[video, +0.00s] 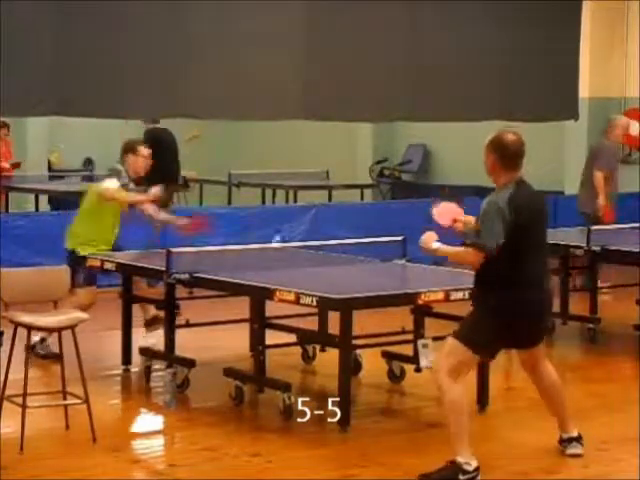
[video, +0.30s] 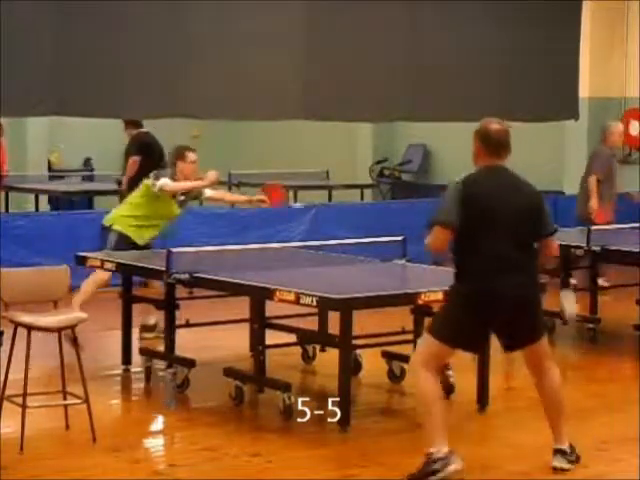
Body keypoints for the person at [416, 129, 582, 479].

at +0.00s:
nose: (484, 160)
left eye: (486, 155)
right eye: (487, 154)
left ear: (491, 160)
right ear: (519, 160)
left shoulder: (497, 203)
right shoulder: (533, 196)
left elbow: (476, 256)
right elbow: (516, 241)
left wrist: (435, 248)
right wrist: (471, 228)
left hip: (498, 309)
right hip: (534, 305)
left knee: (449, 368)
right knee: (537, 363)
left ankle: (463, 461)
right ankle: (570, 434)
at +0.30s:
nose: (472, 151)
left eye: (473, 146)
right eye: (477, 146)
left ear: (476, 148)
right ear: (508, 150)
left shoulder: (464, 187)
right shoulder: (529, 191)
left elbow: (438, 244)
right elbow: (548, 251)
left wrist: (435, 237)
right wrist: (518, 256)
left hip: (472, 295)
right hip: (520, 296)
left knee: (424, 365)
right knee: (543, 366)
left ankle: (439, 452)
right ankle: (562, 446)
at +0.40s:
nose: (468, 165)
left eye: (468, 160)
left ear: (471, 162)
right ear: (503, 163)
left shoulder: (453, 200)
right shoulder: (521, 202)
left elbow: (427, 258)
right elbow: (547, 259)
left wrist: (451, 251)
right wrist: (540, 283)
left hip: (465, 306)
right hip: (516, 306)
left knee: (419, 375)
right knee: (547, 368)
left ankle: (421, 464)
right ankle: (563, 451)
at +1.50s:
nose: (372, 167)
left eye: (374, 162)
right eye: (373, 163)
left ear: (380, 161)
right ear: (400, 160)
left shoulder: (384, 175)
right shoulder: (413, 179)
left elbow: (387, 210)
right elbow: (416, 223)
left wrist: (369, 248)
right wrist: (383, 249)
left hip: (432, 256)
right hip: (451, 253)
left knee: (449, 335)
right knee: (421, 332)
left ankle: (477, 411)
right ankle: (413, 403)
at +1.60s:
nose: (369, 170)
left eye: (370, 166)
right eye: (371, 166)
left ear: (374, 164)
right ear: (396, 163)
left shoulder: (380, 176)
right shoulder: (410, 180)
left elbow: (383, 206)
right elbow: (416, 218)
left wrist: (367, 242)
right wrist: (387, 242)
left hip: (428, 254)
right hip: (449, 251)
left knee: (451, 327)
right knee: (420, 331)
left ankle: (482, 398)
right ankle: (418, 397)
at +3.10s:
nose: (445, 144)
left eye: (446, 138)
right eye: (446, 138)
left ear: (453, 138)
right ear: (479, 139)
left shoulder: (443, 173)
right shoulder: (508, 174)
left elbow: (422, 233)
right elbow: (536, 226)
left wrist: (426, 225)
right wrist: (515, 249)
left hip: (467, 277)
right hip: (513, 277)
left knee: (438, 359)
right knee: (517, 357)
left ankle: (435, 445)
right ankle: (531, 440)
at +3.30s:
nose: (455, 159)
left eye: (456, 154)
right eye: (457, 154)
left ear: (462, 152)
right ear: (488, 152)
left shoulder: (455, 182)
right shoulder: (517, 183)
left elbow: (426, 241)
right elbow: (545, 235)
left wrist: (443, 243)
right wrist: (532, 260)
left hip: (474, 278)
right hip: (520, 277)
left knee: (440, 356)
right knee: (522, 357)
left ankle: (432, 447)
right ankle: (532, 441)